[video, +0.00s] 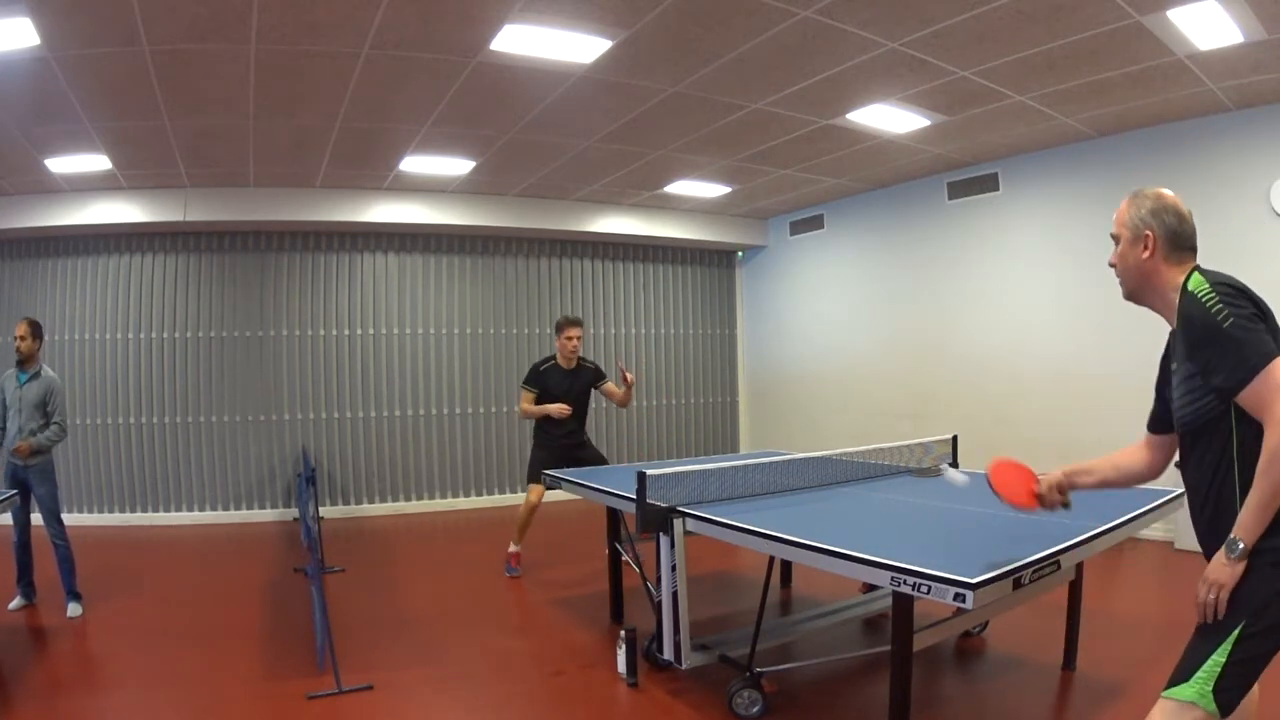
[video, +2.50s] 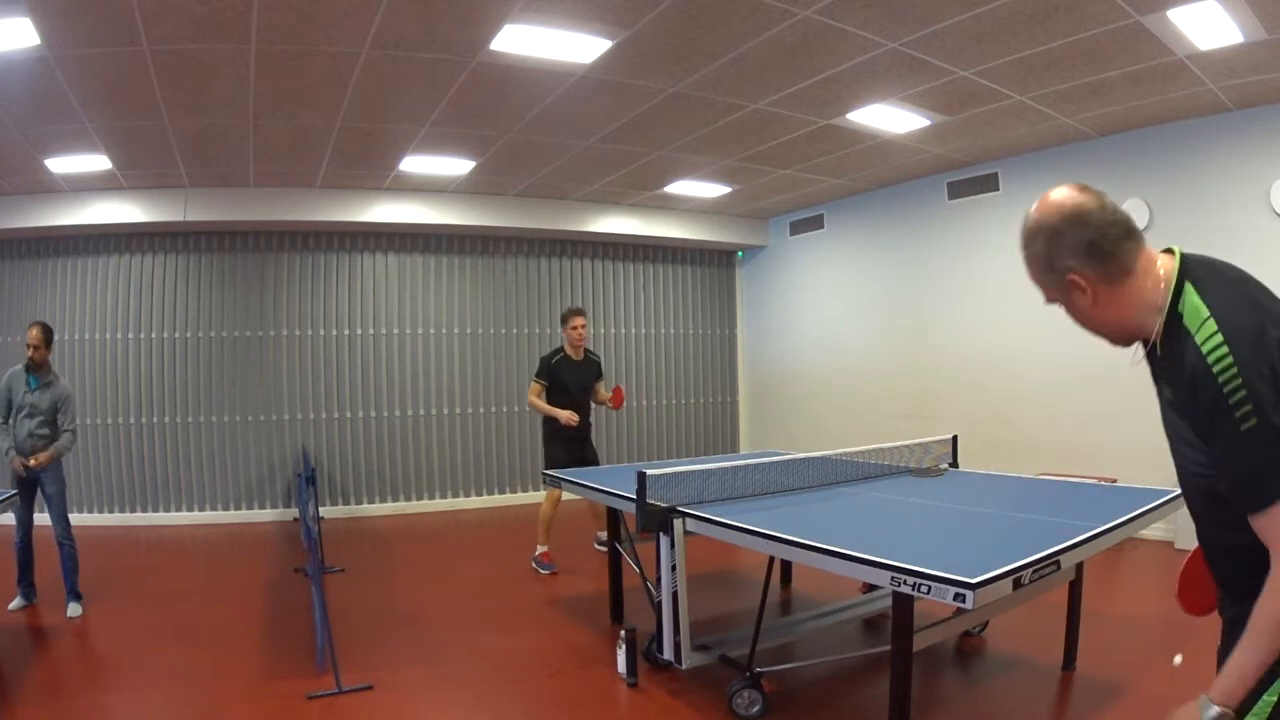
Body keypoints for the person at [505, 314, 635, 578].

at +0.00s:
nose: (575, 344)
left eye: (578, 339)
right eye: (569, 339)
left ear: (582, 341)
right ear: (557, 341)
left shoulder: (589, 370)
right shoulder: (540, 371)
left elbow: (621, 401)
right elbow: (524, 409)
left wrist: (627, 388)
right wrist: (548, 408)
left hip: (579, 444)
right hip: (546, 447)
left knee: (613, 485)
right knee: (534, 498)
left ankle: (616, 544)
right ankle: (514, 550)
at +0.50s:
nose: (611, 361)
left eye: (612, 355)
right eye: (606, 356)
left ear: (611, 356)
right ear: (588, 355)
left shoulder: (599, 389)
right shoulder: (563, 379)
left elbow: (618, 423)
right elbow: (534, 413)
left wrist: (650, 411)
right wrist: (561, 435)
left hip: (579, 450)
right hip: (551, 450)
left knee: (618, 488)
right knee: (543, 508)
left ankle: (615, 549)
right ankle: (506, 560)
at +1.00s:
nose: (576, 343)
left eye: (579, 338)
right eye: (570, 339)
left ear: (583, 341)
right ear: (558, 341)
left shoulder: (592, 372)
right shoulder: (541, 370)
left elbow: (617, 408)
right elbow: (522, 404)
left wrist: (626, 402)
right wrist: (536, 421)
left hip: (579, 445)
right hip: (547, 445)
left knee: (612, 491)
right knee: (530, 500)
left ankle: (618, 546)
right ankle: (508, 556)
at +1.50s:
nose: (553, 355)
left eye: (558, 350)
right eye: (548, 350)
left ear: (564, 351)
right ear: (539, 351)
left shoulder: (573, 378)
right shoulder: (524, 372)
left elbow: (600, 407)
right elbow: (507, 394)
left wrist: (610, 393)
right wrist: (494, 415)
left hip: (562, 443)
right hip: (530, 443)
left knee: (584, 493)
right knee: (518, 497)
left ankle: (598, 536)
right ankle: (504, 557)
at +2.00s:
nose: (606, 342)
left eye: (610, 337)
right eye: (601, 336)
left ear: (613, 341)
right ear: (588, 337)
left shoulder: (610, 373)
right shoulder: (569, 365)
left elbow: (614, 411)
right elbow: (546, 398)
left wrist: (630, 410)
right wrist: (571, 408)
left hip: (593, 442)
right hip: (565, 442)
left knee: (616, 487)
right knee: (555, 493)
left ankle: (606, 536)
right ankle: (529, 548)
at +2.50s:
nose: (580, 332)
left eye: (583, 327)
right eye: (574, 328)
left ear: (588, 330)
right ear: (563, 332)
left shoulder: (593, 362)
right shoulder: (550, 362)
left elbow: (598, 395)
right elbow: (533, 398)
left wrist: (610, 399)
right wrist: (559, 413)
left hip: (583, 436)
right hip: (557, 437)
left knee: (598, 488)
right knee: (554, 493)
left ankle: (604, 534)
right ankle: (541, 551)